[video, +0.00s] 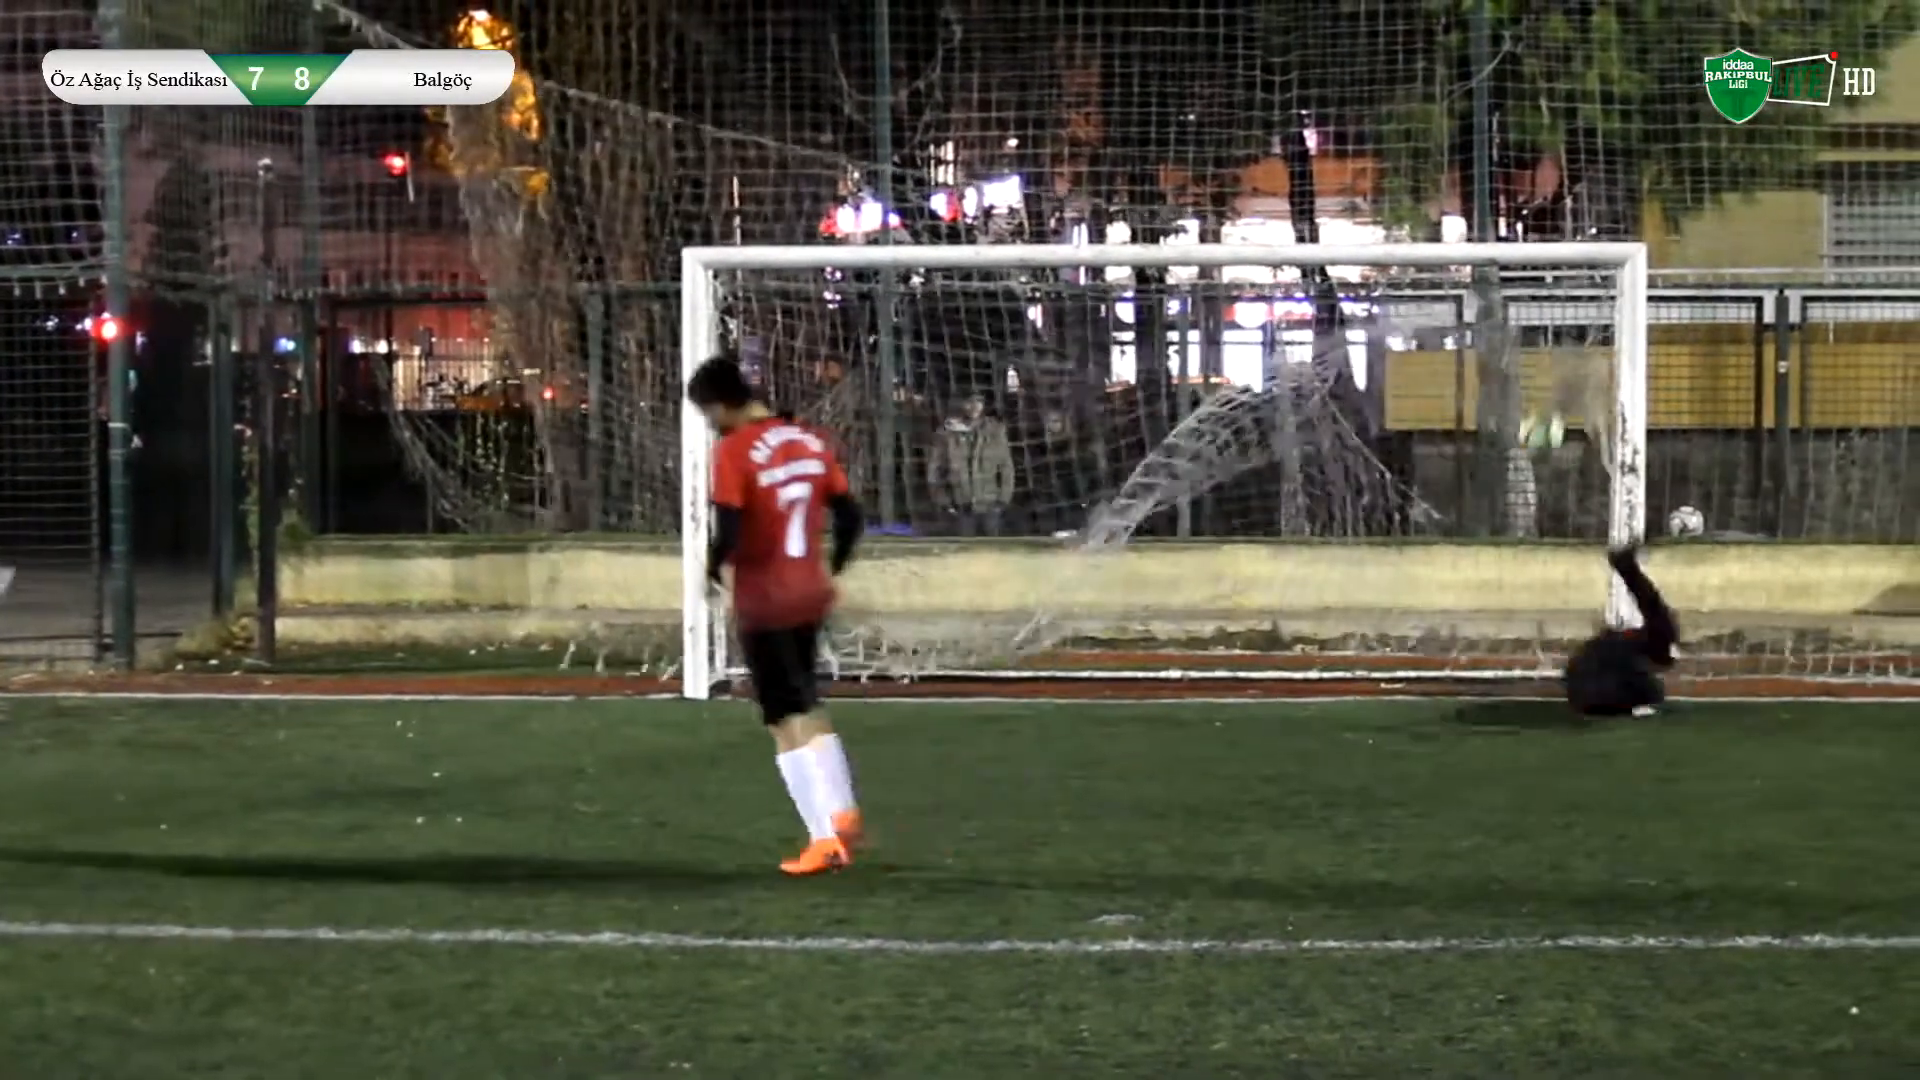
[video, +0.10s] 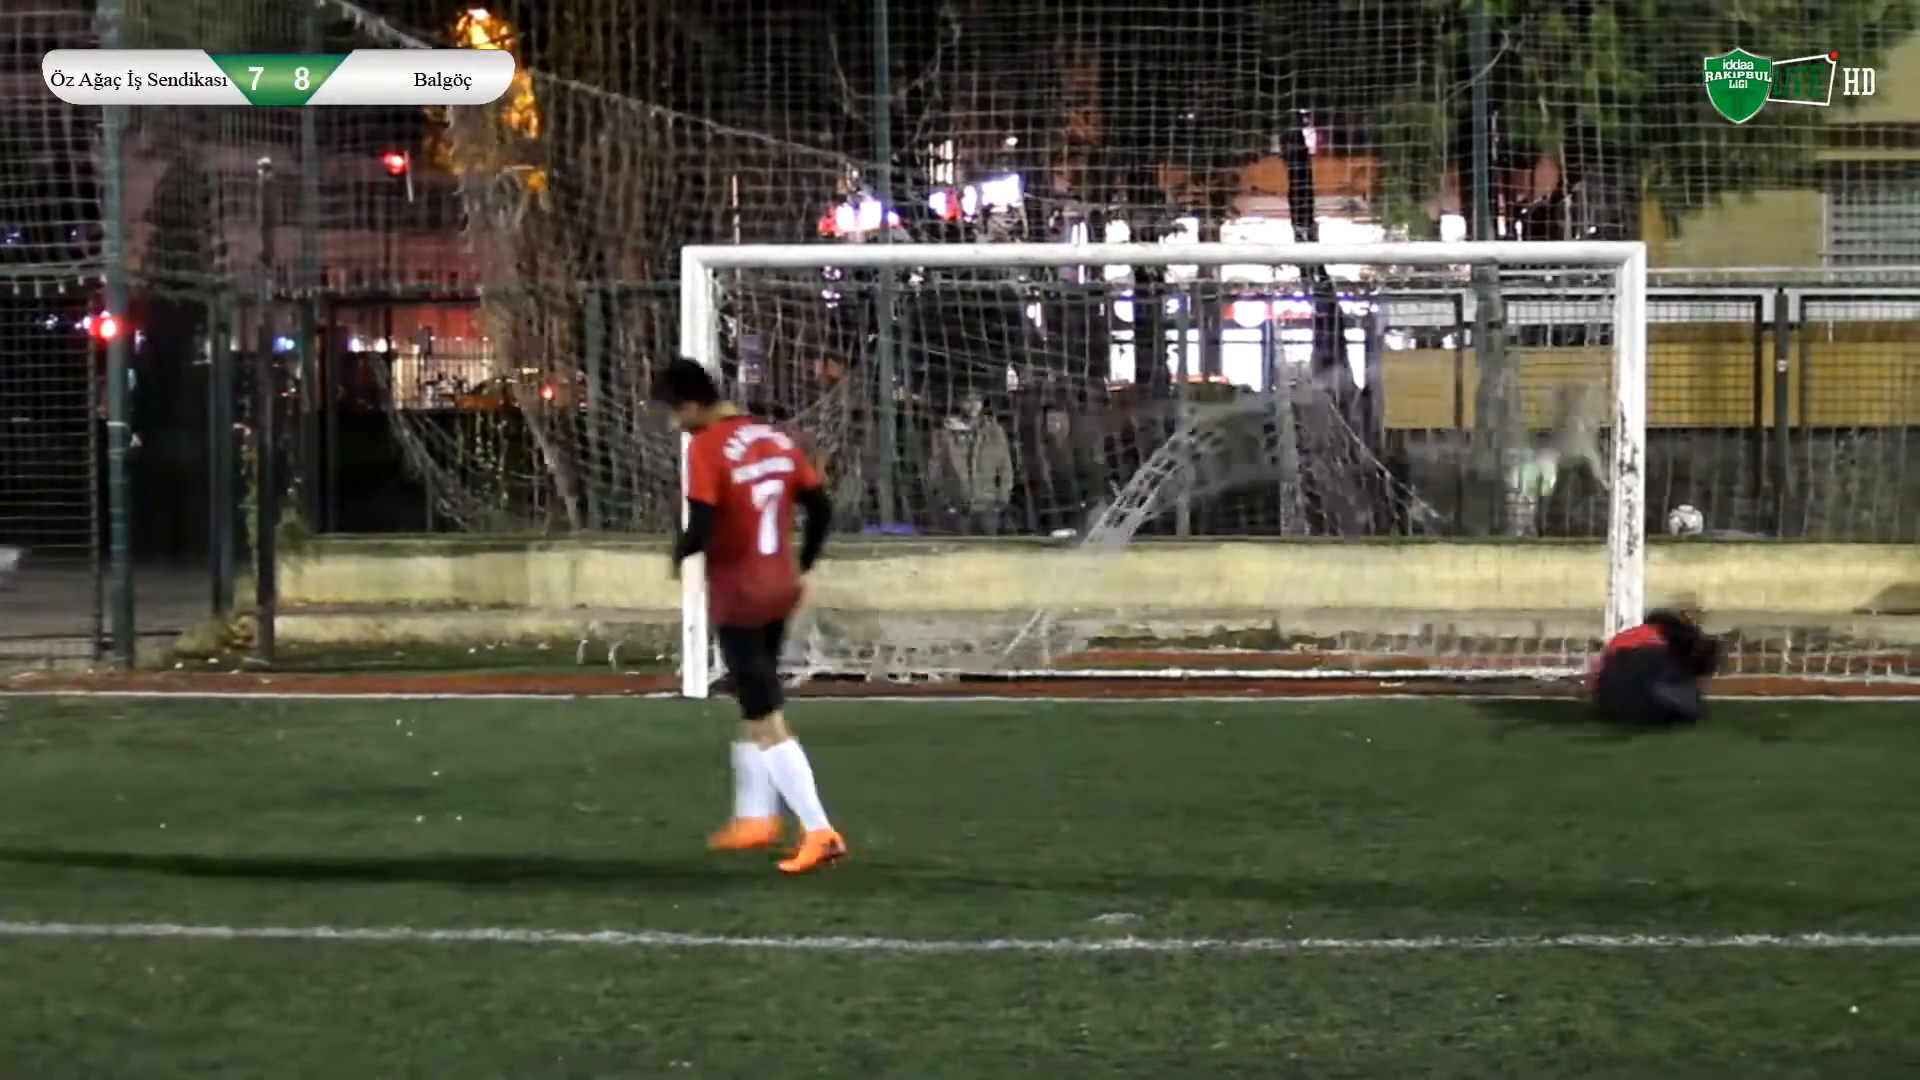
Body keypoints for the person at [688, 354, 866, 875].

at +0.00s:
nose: (709, 423)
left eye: (707, 412)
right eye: (704, 413)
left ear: (722, 404)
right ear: (749, 394)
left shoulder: (733, 450)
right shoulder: (807, 439)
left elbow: (728, 525)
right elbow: (849, 512)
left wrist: (712, 567)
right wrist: (834, 569)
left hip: (764, 603)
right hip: (811, 594)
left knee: (783, 717)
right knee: (807, 705)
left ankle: (822, 836)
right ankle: (843, 811)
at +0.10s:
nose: (674, 421)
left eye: (674, 410)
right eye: (671, 411)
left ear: (692, 403)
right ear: (714, 398)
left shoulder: (704, 447)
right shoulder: (773, 437)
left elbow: (701, 527)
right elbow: (820, 505)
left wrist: (678, 551)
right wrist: (803, 567)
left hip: (738, 594)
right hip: (781, 587)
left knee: (764, 715)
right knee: (753, 704)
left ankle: (817, 828)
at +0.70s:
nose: (619, 362)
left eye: (622, 350)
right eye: (607, 351)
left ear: (623, 360)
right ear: (578, 360)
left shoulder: (617, 417)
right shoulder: (569, 417)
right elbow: (570, 491)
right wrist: (632, 443)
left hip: (622, 575)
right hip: (588, 577)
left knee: (639, 708)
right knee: (586, 715)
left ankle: (645, 845)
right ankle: (486, 808)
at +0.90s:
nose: (581, 367)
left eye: (583, 356)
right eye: (568, 357)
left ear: (581, 364)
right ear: (538, 364)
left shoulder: (569, 428)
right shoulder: (522, 428)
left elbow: (561, 496)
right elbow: (517, 493)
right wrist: (589, 456)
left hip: (576, 588)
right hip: (539, 589)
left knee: (613, 714)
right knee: (522, 723)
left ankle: (638, 843)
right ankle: (444, 832)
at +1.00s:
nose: (550, 371)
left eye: (555, 360)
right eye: (538, 360)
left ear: (557, 366)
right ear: (508, 366)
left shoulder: (544, 428)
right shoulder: (497, 428)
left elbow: (540, 502)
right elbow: (493, 501)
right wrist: (570, 465)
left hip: (549, 586)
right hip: (510, 587)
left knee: (585, 712)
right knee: (497, 726)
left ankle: (628, 842)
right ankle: (432, 844)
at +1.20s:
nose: (505, 373)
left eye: (510, 361)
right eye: (494, 361)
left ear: (514, 367)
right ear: (464, 365)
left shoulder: (498, 428)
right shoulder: (450, 425)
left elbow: (493, 509)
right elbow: (445, 504)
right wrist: (520, 476)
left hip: (498, 593)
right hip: (459, 594)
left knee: (544, 711)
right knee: (465, 722)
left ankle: (575, 839)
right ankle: (422, 851)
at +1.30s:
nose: (490, 371)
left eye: (494, 358)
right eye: (478, 359)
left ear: (495, 363)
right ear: (447, 362)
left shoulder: (481, 428)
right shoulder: (434, 424)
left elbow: (479, 518)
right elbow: (426, 504)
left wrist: (503, 592)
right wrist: (501, 476)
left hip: (483, 587)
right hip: (442, 585)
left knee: (529, 705)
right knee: (456, 715)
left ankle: (533, 834)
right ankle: (424, 850)